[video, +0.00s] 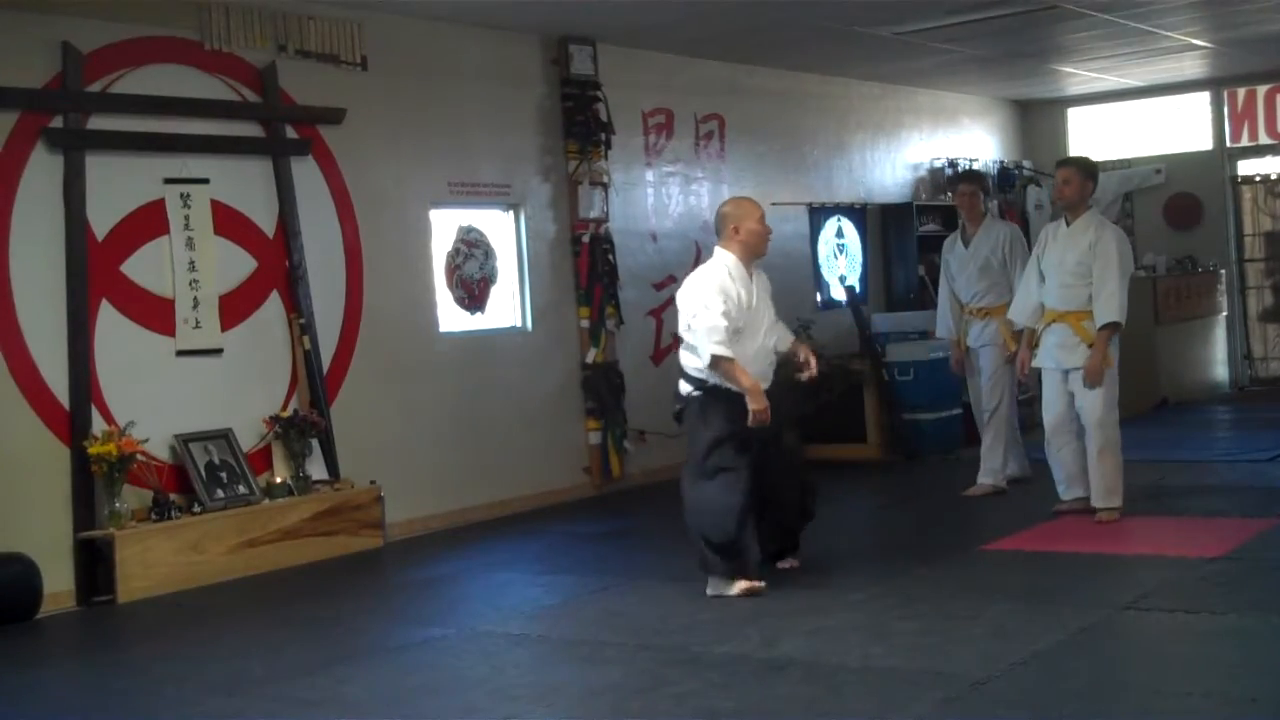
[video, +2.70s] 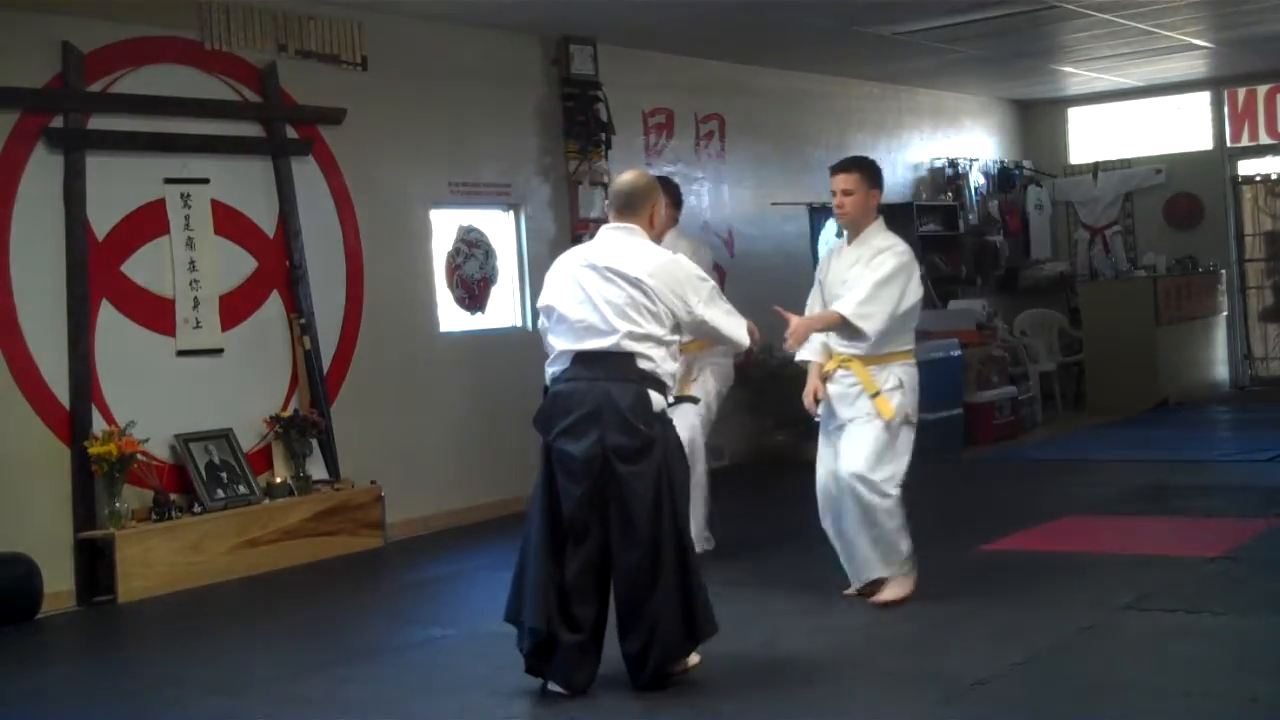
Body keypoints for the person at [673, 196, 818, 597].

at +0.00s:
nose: (769, 229)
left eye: (766, 222)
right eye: (762, 222)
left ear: (738, 231)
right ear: (737, 231)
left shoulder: (757, 279)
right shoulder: (707, 282)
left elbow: (768, 326)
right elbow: (713, 348)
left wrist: (796, 348)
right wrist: (750, 386)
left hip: (753, 395)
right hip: (712, 399)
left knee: (774, 472)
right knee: (722, 483)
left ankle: (776, 551)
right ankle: (722, 574)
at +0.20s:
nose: (755, 222)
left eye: (753, 215)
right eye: (749, 215)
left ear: (721, 222)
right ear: (727, 221)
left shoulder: (715, 263)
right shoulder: (713, 269)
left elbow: (740, 326)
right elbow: (723, 341)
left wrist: (785, 340)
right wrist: (753, 394)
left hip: (699, 394)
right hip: (705, 398)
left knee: (707, 489)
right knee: (721, 489)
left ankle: (704, 574)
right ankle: (723, 579)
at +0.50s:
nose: (709, 233)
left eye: (709, 225)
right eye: (708, 225)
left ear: (664, 226)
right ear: (694, 226)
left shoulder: (649, 267)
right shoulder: (683, 272)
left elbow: (689, 324)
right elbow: (680, 338)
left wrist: (734, 300)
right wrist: (694, 393)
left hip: (630, 388)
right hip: (665, 391)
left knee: (640, 496)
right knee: (710, 487)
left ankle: (633, 597)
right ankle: (716, 581)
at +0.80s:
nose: (669, 219)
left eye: (666, 211)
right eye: (668, 211)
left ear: (624, 216)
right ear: (658, 215)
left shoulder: (600, 262)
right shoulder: (658, 268)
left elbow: (636, 315)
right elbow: (693, 335)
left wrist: (691, 298)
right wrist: (739, 394)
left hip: (591, 394)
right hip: (638, 400)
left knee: (604, 506)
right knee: (678, 501)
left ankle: (602, 607)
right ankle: (659, 607)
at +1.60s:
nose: (619, 222)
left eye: (618, 213)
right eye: (619, 214)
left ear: (564, 215)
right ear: (609, 217)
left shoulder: (525, 269)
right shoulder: (612, 275)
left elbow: (558, 313)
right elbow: (667, 359)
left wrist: (626, 290)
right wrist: (720, 392)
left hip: (528, 415)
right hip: (592, 414)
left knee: (543, 543)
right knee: (611, 533)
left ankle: (561, 669)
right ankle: (627, 651)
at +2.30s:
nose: (646, 216)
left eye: (644, 207)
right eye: (645, 209)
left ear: (590, 210)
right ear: (635, 212)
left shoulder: (551, 261)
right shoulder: (648, 269)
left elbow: (539, 322)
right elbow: (714, 338)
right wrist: (736, 349)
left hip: (550, 406)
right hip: (616, 409)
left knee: (554, 537)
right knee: (641, 533)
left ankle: (558, 666)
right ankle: (654, 653)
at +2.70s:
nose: (667, 222)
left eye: (666, 215)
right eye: (667, 214)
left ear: (608, 211)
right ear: (657, 212)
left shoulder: (564, 263)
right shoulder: (669, 267)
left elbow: (550, 331)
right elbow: (736, 332)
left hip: (567, 394)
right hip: (634, 394)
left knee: (569, 533)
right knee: (650, 529)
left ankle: (563, 669)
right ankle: (659, 657)